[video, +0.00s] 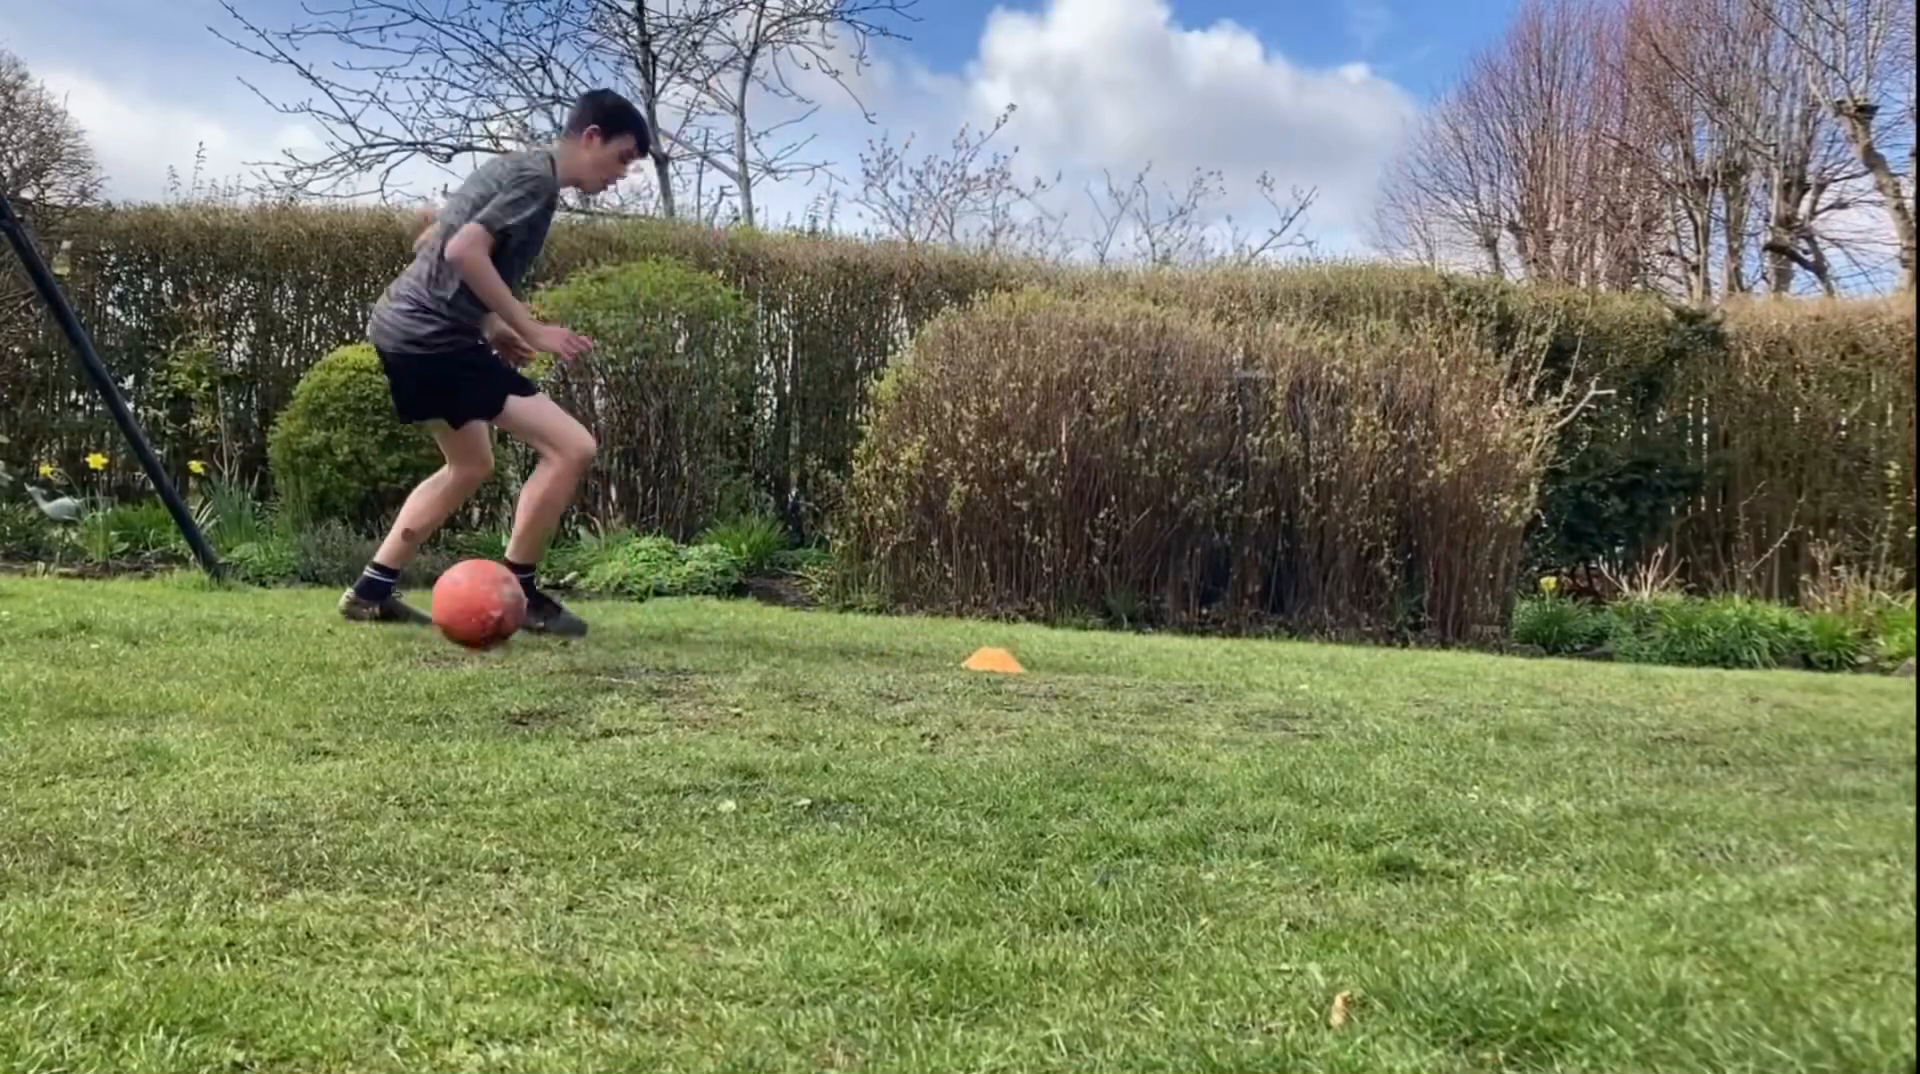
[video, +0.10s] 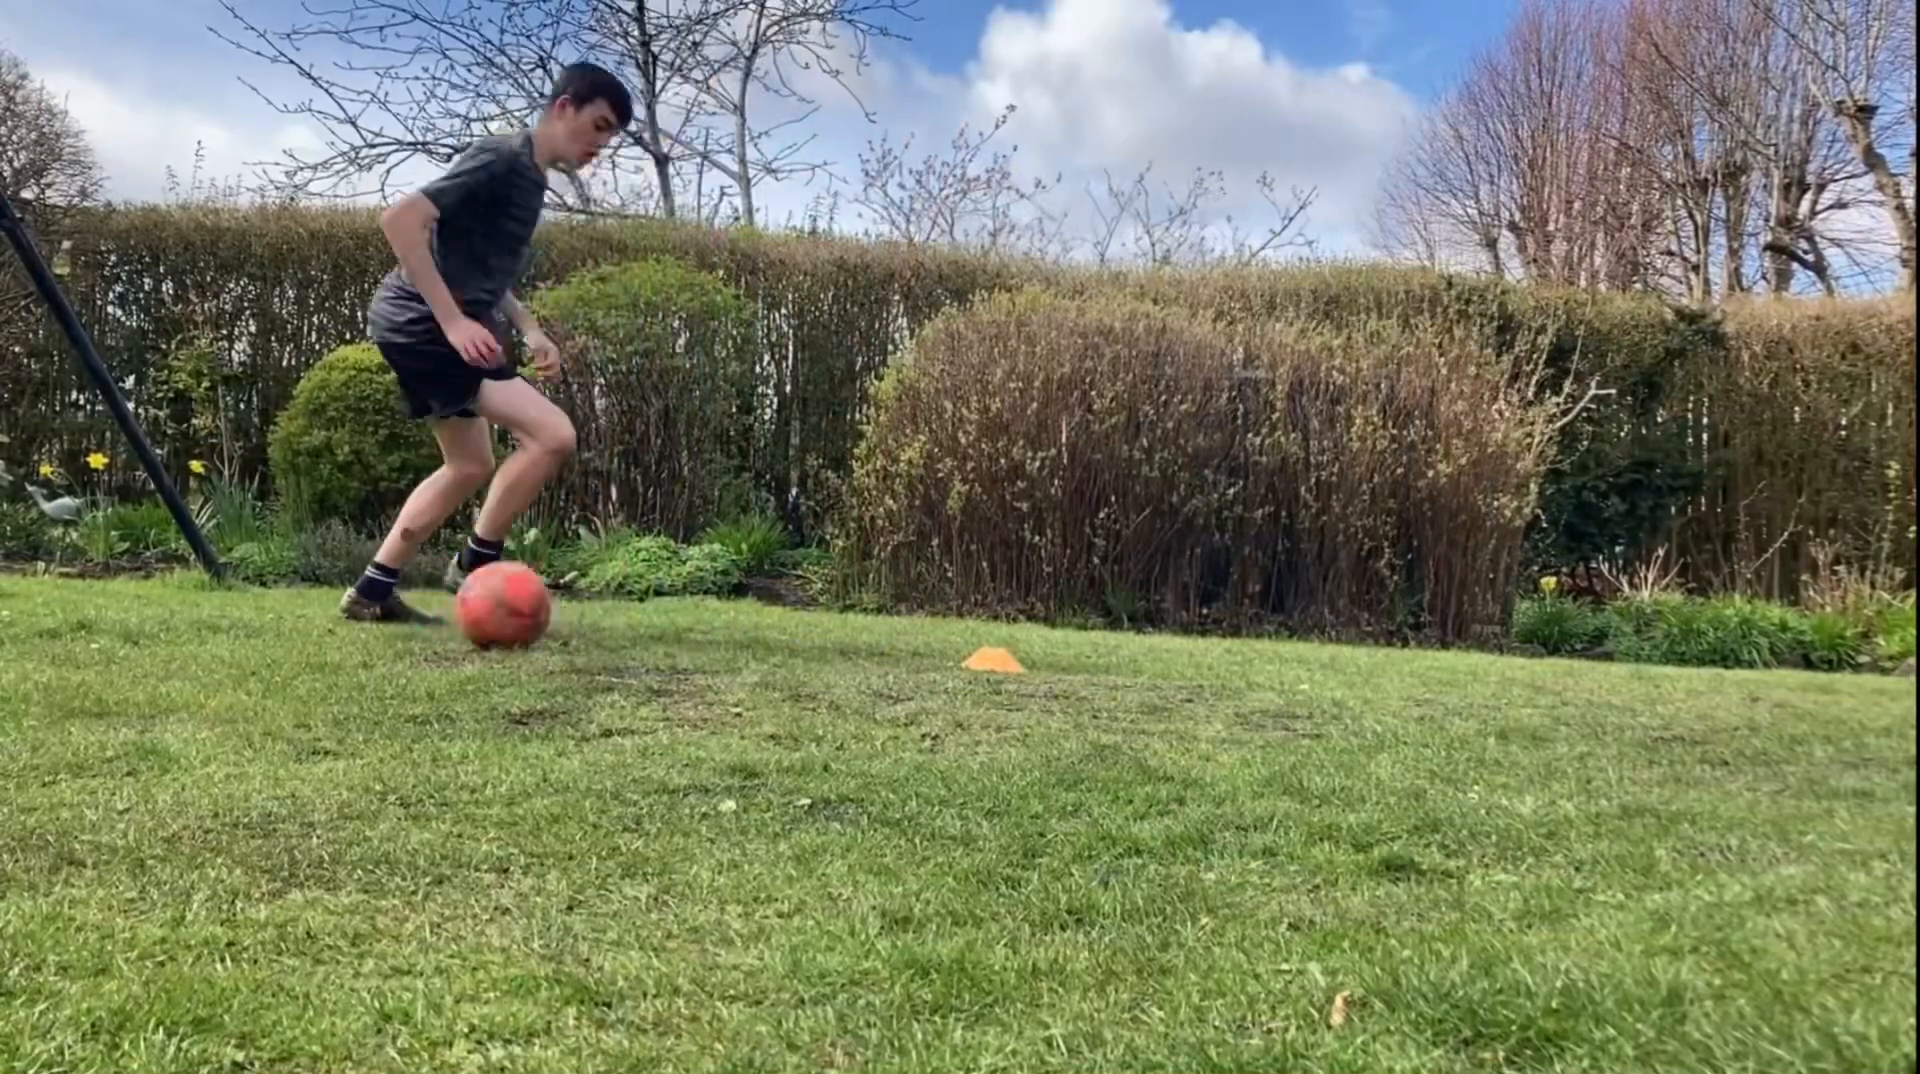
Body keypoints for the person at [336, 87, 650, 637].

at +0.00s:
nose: (621, 175)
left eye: (629, 166)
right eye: (623, 159)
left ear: (586, 139)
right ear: (590, 136)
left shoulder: (516, 169)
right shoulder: (535, 179)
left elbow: (437, 245)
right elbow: (464, 250)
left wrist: (491, 328)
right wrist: (533, 327)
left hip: (402, 332)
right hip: (434, 337)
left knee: (469, 465)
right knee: (572, 448)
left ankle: (372, 589)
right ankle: (516, 588)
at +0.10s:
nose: (601, 144)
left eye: (610, 135)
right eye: (598, 126)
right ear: (562, 107)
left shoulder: (527, 177)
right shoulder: (499, 158)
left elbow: (487, 274)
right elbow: (403, 219)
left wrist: (529, 328)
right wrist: (453, 319)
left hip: (431, 329)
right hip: (422, 326)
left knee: (468, 465)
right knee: (552, 435)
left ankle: (373, 590)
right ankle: (477, 566)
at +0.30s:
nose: (568, 66)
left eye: (577, 56)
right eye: (559, 48)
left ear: (580, 61)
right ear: (520, 39)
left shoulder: (546, 137)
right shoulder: (461, 112)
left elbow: (502, 235)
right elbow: (379, 209)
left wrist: (558, 275)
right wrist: (434, 289)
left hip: (491, 316)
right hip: (421, 309)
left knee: (511, 475)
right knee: (441, 477)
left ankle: (437, 549)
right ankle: (349, 582)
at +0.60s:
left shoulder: (615, 66)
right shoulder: (517, 31)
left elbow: (579, 171)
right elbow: (439, 134)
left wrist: (617, 210)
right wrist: (550, 152)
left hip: (559, 274)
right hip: (477, 266)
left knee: (578, 430)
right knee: (467, 449)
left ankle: (503, 611)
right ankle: (390, 546)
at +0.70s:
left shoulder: (660, 64)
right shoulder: (533, 27)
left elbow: (648, 178)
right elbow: (430, 127)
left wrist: (683, 204)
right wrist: (510, 137)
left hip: (596, 271)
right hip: (510, 263)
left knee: (590, 456)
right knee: (535, 460)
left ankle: (506, 613)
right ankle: (434, 547)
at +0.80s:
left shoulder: (707, 12)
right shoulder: (550, 4)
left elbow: (707, 130)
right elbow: (453, 62)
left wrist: (740, 152)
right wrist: (491, 92)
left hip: (640, 235)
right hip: (554, 214)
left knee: (597, 426)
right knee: (605, 399)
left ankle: (520, 589)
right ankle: (531, 595)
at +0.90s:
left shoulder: (749, 6)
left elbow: (754, 71)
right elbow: (498, 29)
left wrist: (780, 109)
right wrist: (540, 65)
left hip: (702, 188)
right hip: (607, 171)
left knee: (639, 398)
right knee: (660, 380)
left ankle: (580, 539)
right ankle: (656, 636)